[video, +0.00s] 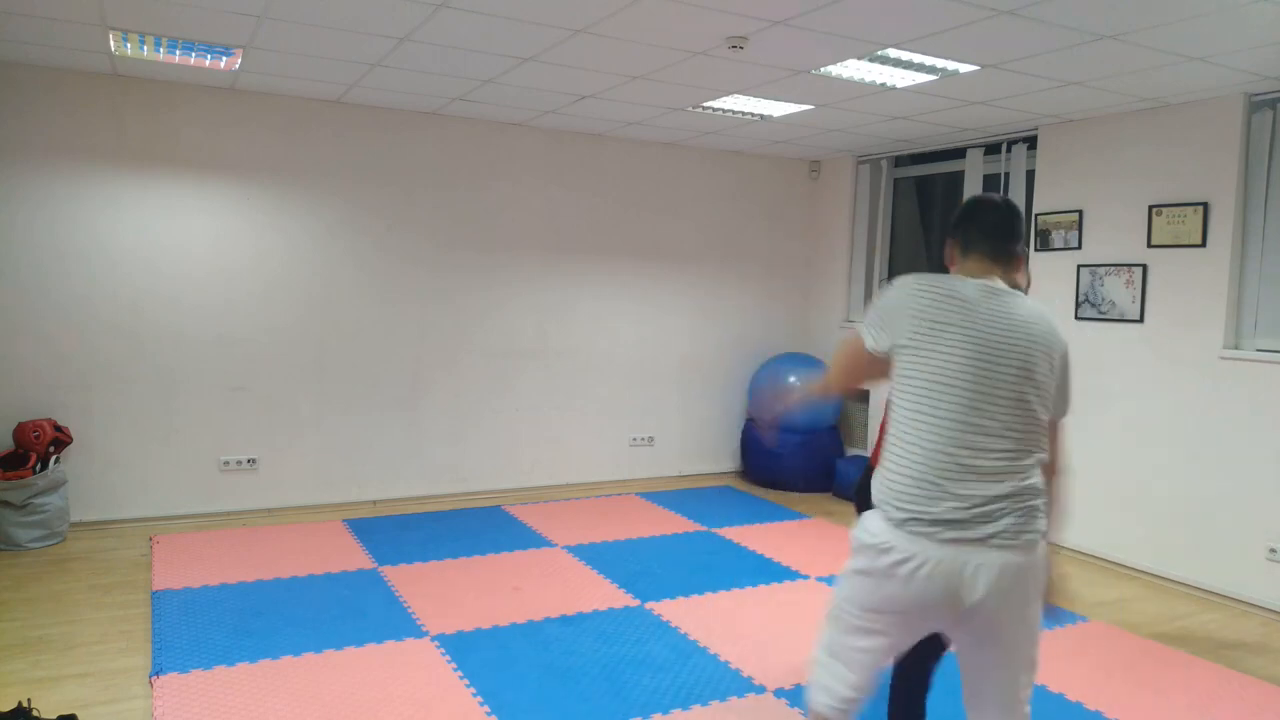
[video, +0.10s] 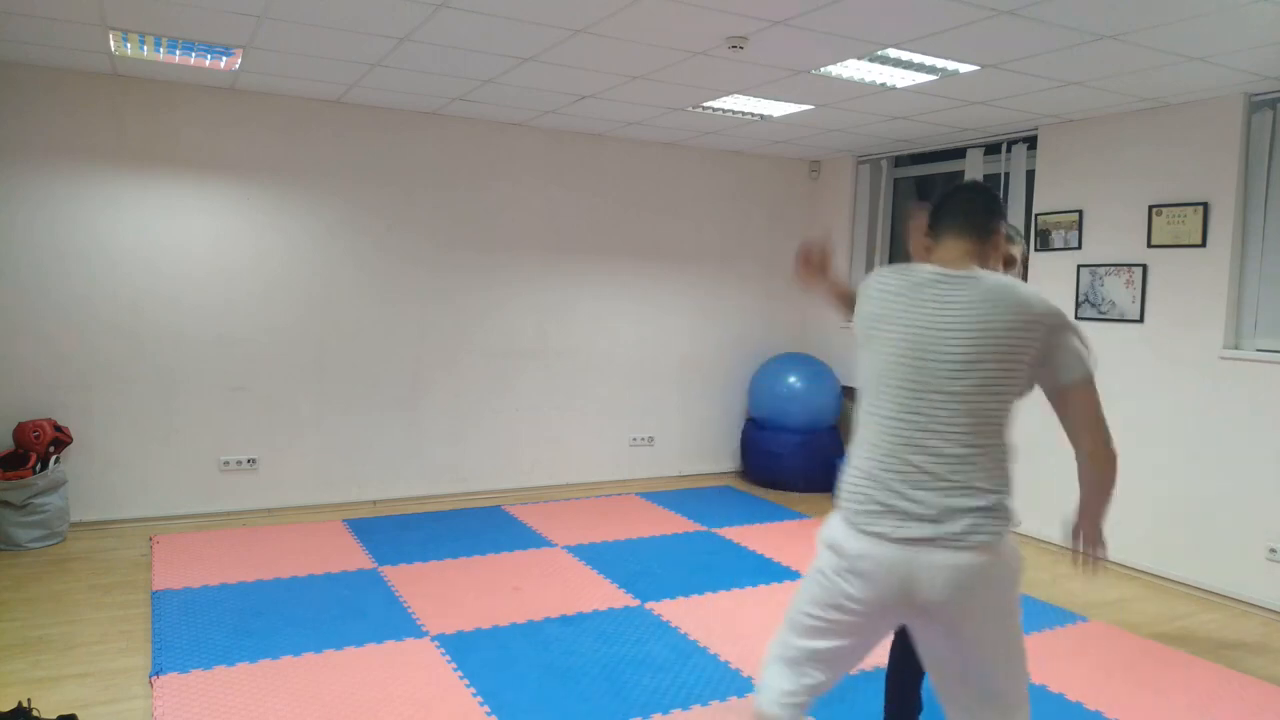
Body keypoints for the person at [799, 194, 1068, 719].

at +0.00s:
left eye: (946, 252)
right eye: (1027, 260)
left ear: (950, 252)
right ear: (1021, 261)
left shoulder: (909, 297)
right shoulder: (1047, 332)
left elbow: (842, 377)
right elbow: (1049, 460)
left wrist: (796, 397)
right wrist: (1045, 550)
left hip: (901, 564)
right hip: (1009, 573)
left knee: (831, 704)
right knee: (1003, 713)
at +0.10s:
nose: (1004, 254)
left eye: (919, 233)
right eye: (1005, 242)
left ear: (927, 237)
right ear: (997, 242)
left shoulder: (877, 288)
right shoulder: (1032, 314)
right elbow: (1096, 448)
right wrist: (1090, 519)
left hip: (861, 557)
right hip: (968, 569)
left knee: (779, 698)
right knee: (997, 713)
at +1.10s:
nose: (784, 278)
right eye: (785, 267)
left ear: (715, 266)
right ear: (778, 269)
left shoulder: (655, 327)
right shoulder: (774, 321)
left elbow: (606, 459)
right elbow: (786, 473)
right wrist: (820, 505)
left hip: (606, 560)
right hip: (687, 572)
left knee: (668, 683)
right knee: (731, 708)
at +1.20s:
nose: (775, 282)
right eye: (776, 274)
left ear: (706, 275)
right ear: (768, 275)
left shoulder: (656, 331)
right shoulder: (769, 313)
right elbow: (772, 456)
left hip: (598, 546)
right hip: (675, 554)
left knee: (656, 698)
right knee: (729, 707)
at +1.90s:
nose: (712, 272)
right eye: (711, 263)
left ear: (641, 266)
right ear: (705, 269)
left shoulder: (586, 325)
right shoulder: (703, 318)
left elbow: (530, 458)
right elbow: (732, 458)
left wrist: (579, 507)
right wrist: (773, 471)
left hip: (554, 547)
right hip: (637, 556)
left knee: (607, 667)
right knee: (675, 709)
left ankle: (590, 711)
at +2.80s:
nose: (646, 269)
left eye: (646, 262)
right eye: (647, 261)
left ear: (591, 256)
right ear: (639, 261)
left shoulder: (541, 297)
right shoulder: (635, 307)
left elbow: (468, 359)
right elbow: (741, 383)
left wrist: (526, 385)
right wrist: (746, 357)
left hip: (498, 467)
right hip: (557, 472)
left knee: (570, 624)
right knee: (524, 641)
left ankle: (563, 713)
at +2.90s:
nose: (635, 253)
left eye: (634, 244)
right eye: (636, 244)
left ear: (584, 238)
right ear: (625, 243)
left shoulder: (524, 273)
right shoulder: (626, 288)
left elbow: (464, 325)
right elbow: (704, 339)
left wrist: (509, 371)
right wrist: (763, 340)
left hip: (493, 439)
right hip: (546, 445)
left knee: (561, 582)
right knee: (504, 604)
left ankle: (543, 712)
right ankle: (415, 714)